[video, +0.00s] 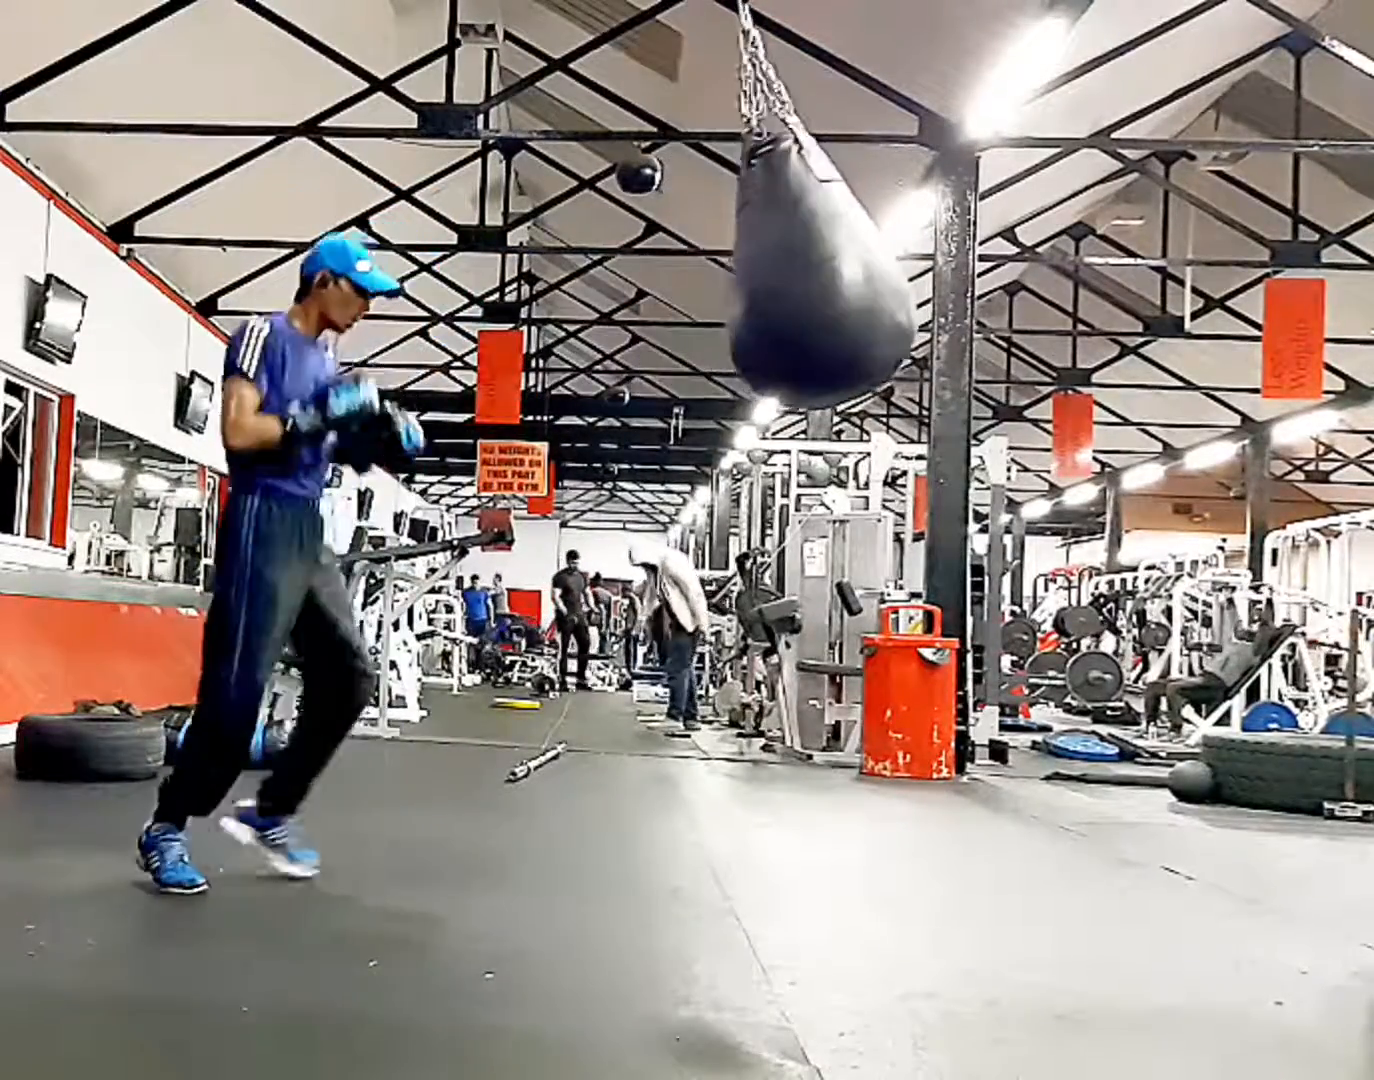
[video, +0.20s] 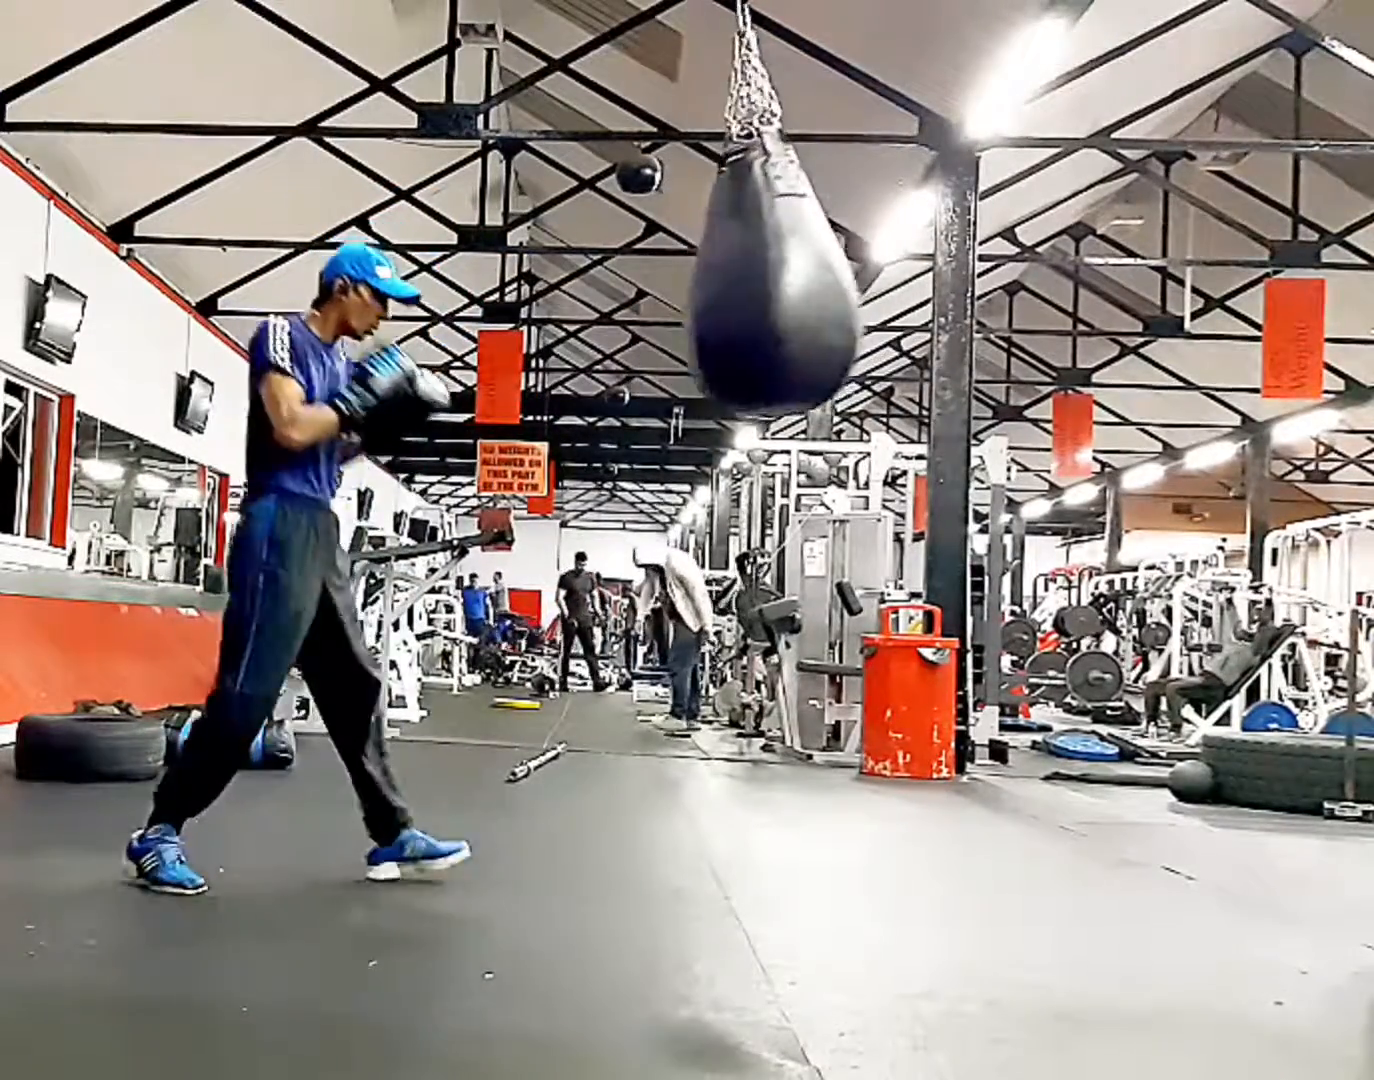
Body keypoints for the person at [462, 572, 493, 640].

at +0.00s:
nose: (475, 584)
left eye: (477, 582)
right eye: (474, 582)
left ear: (479, 582)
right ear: (471, 582)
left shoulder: (484, 592)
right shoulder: (466, 593)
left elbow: (490, 606)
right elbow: (464, 605)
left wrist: (491, 620)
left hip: (482, 620)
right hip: (471, 620)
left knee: (482, 640)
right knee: (471, 640)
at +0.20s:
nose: (474, 583)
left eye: (475, 581)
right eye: (472, 581)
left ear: (478, 581)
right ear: (470, 581)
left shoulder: (483, 592)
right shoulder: (465, 592)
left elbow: (488, 606)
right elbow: (464, 605)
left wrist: (489, 620)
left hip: (481, 620)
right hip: (469, 620)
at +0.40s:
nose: (473, 583)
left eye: (475, 580)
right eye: (472, 580)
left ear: (478, 581)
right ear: (470, 581)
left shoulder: (483, 592)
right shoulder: (465, 591)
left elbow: (488, 606)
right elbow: (463, 604)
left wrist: (489, 620)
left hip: (480, 620)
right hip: (469, 620)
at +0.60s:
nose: (476, 583)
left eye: (478, 581)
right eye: (474, 581)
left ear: (481, 581)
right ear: (472, 581)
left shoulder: (485, 593)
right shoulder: (466, 591)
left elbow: (488, 607)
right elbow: (464, 605)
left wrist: (490, 621)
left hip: (481, 620)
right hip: (470, 620)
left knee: (481, 640)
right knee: (470, 639)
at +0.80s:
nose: (477, 581)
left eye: (479, 579)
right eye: (475, 579)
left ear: (482, 580)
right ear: (473, 579)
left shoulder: (485, 592)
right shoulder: (466, 590)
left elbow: (490, 606)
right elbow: (462, 604)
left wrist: (492, 621)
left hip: (482, 619)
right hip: (470, 619)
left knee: (482, 640)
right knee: (471, 639)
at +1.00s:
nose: (476, 581)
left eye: (477, 578)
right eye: (474, 579)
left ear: (481, 579)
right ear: (472, 579)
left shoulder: (486, 592)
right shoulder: (467, 591)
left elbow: (491, 606)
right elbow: (463, 605)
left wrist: (493, 620)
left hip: (483, 620)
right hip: (471, 620)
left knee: (482, 642)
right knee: (471, 640)